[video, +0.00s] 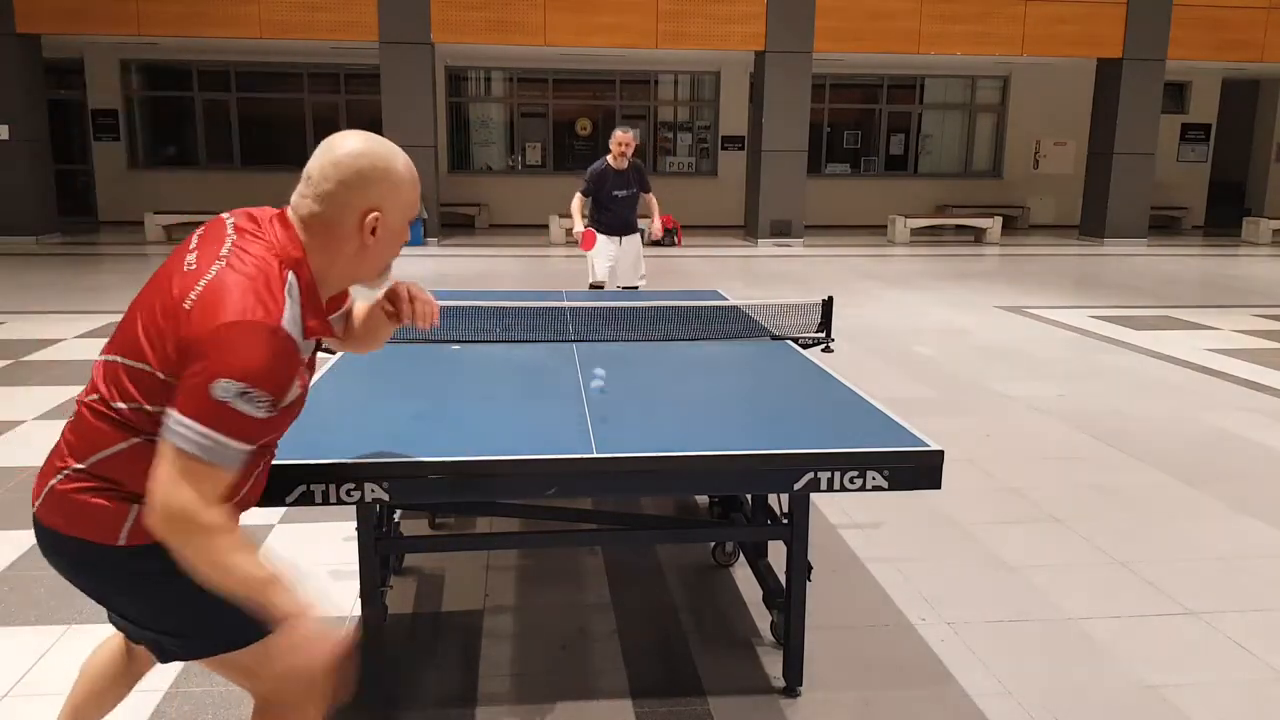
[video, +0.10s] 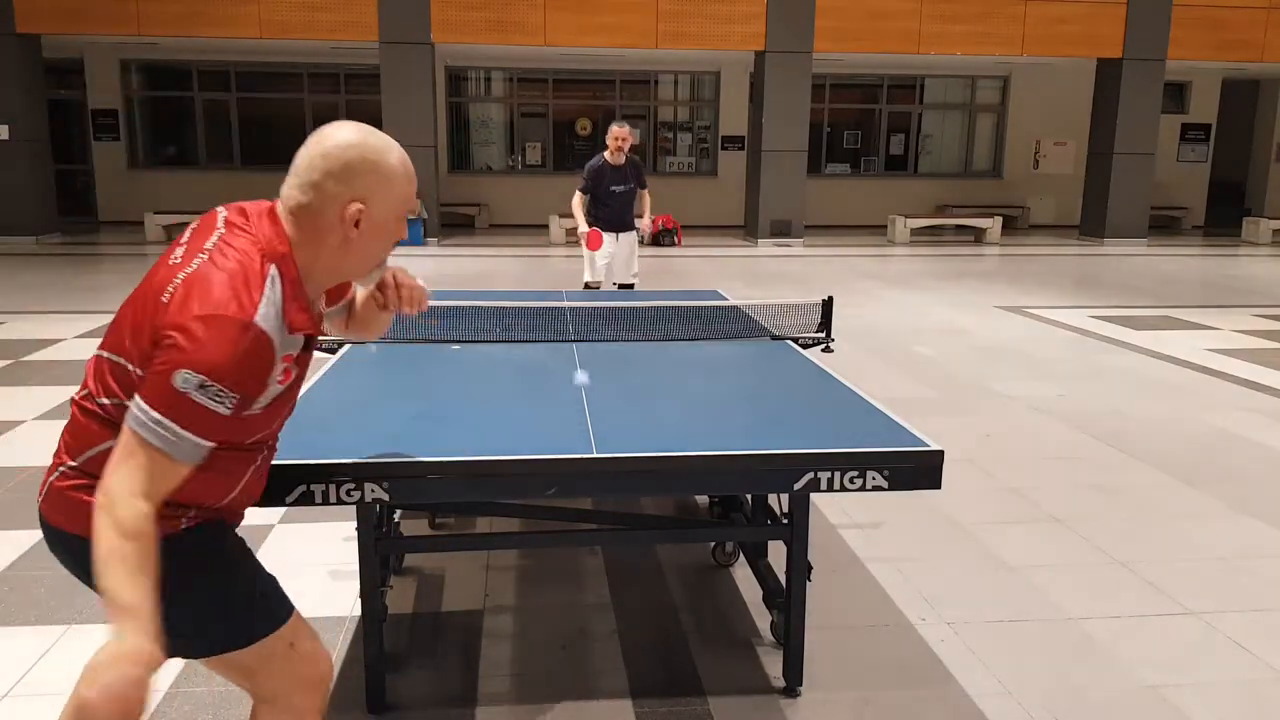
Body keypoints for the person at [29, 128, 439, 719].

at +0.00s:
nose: (404, 243)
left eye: (410, 228)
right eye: (406, 228)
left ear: (309, 194)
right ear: (370, 226)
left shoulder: (258, 231)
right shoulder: (254, 321)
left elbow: (349, 330)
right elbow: (178, 507)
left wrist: (387, 310)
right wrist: (293, 612)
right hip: (111, 525)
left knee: (144, 637)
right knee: (303, 670)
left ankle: (70, 716)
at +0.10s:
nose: (403, 234)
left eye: (408, 221)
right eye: (402, 220)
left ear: (344, 216)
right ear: (354, 219)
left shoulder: (278, 237)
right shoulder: (229, 322)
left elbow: (349, 321)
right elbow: (123, 493)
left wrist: (379, 303)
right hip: (136, 518)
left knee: (139, 646)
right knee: (300, 676)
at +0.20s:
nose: (371, 207)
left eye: (375, 188)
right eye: (368, 188)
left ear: (303, 182)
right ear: (310, 182)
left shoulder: (247, 210)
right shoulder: (204, 287)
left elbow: (306, 287)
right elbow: (127, 475)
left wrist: (339, 282)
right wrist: (157, 616)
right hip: (143, 508)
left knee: (145, 633)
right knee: (292, 677)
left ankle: (73, 716)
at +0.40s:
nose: (264, 104)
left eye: (265, 84)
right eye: (253, 84)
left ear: (184, 82)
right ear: (192, 82)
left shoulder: (82, 156)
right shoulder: (149, 175)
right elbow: (346, 207)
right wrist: (347, 71)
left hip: (72, 481)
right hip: (143, 497)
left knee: (101, 616)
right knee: (251, 673)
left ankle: (38, 718)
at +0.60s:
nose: (152, 86)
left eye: (151, 72)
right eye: (146, 71)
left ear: (46, 73)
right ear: (111, 77)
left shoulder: (13, 147)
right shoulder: (97, 154)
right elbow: (267, 98)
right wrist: (193, 13)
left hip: (23, 488)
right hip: (118, 493)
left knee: (38, 663)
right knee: (241, 675)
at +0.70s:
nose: (123, 104)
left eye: (120, 86)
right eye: (117, 86)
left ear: (14, 88)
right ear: (83, 88)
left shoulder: (9, 161)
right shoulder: (79, 174)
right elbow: (267, 167)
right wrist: (207, 52)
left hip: (11, 506)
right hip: (92, 507)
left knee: (17, 680)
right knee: (231, 672)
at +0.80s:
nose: (113, 106)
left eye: (110, 87)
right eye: (108, 86)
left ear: (8, 88)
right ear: (78, 87)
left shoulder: (11, 167)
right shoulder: (76, 180)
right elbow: (263, 219)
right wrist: (236, 104)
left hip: (8, 503)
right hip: (78, 505)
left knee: (13, 676)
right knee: (217, 671)